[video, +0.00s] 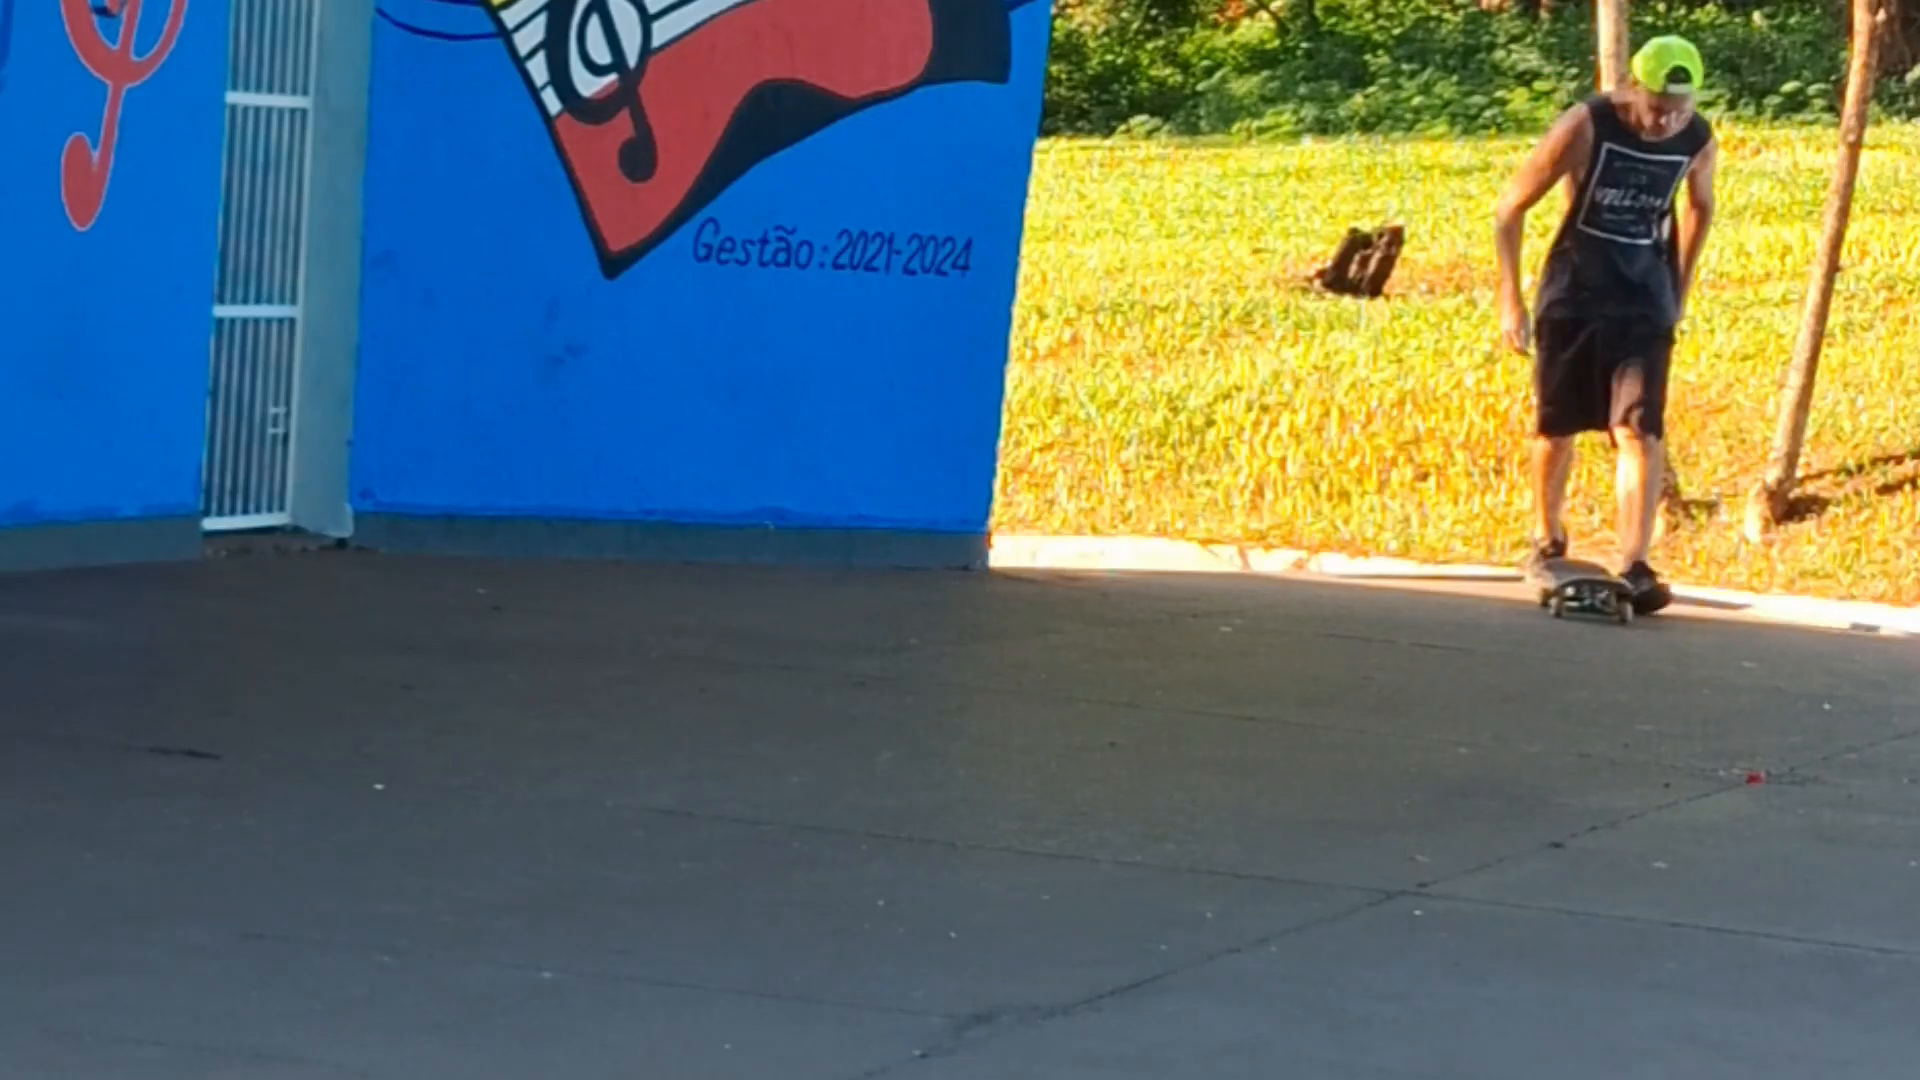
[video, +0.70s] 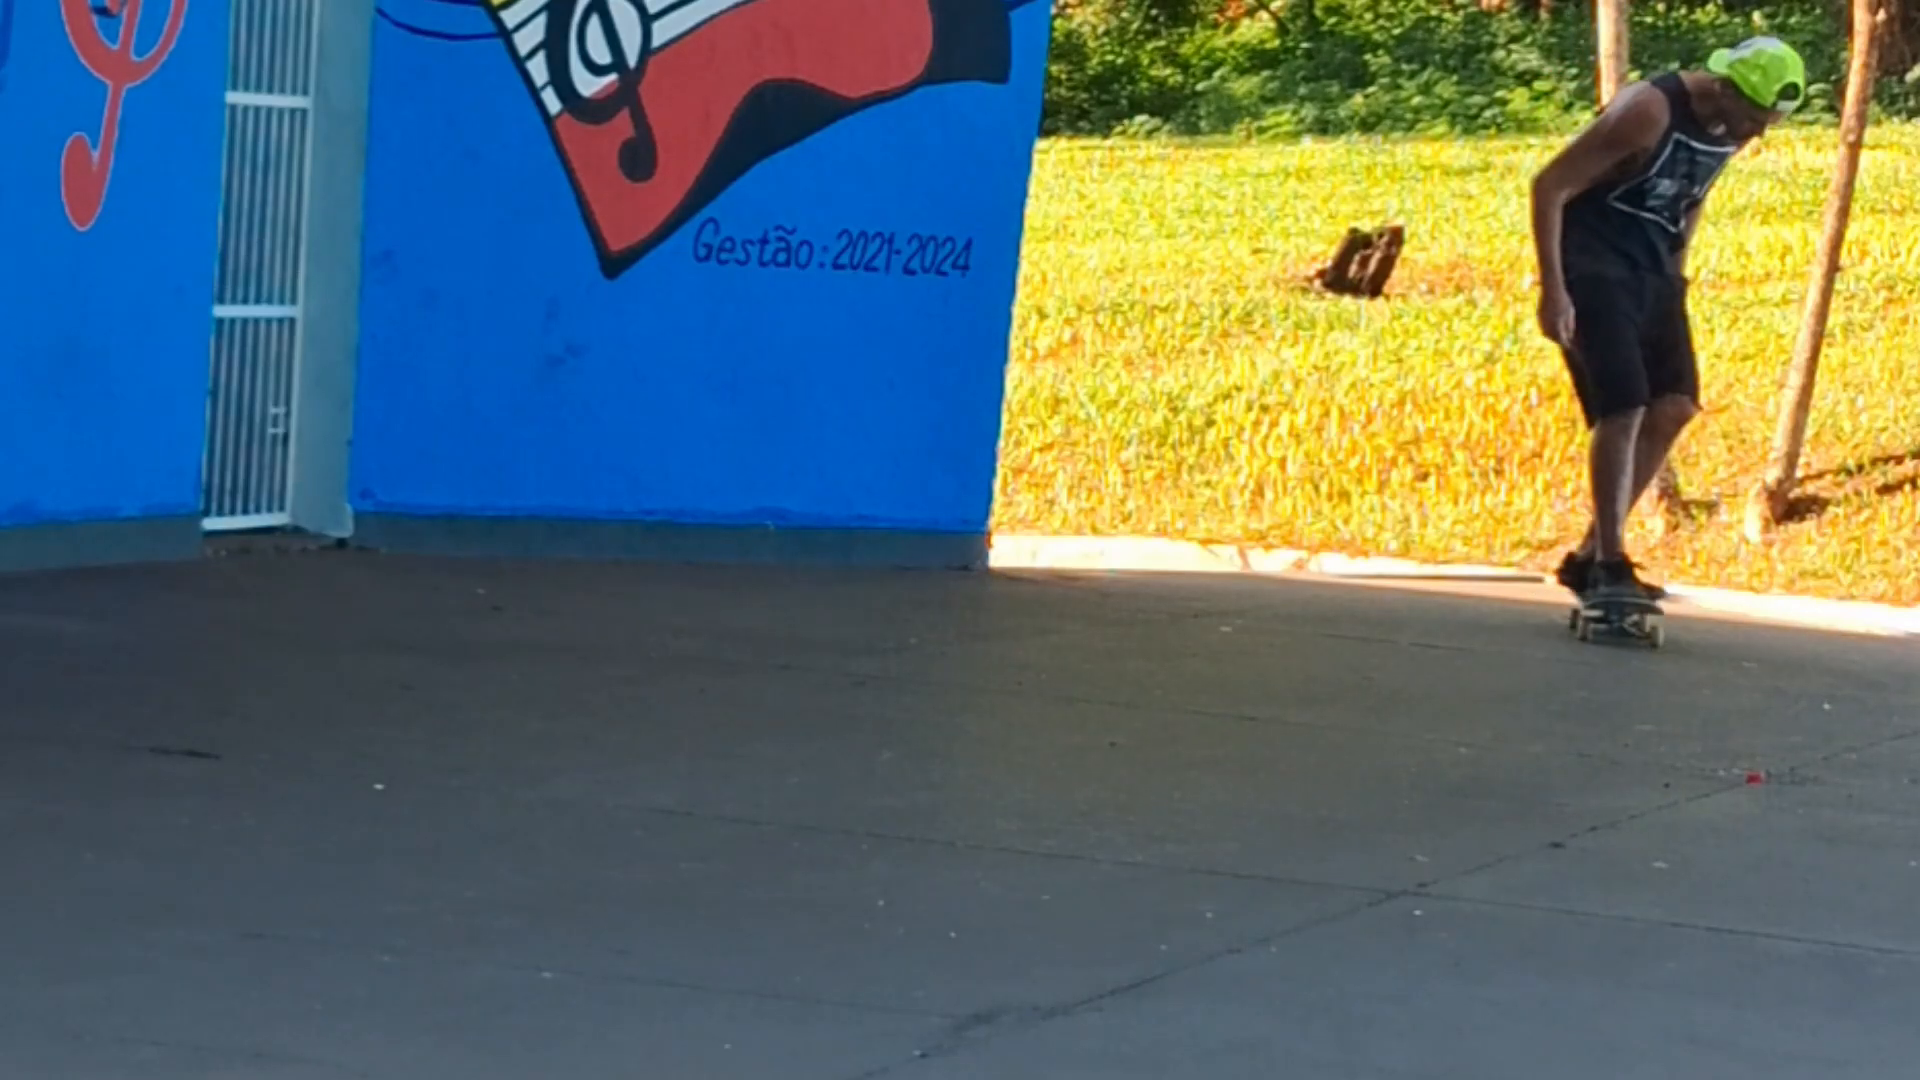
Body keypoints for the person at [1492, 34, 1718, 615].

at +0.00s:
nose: (1668, 120)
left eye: (1680, 109)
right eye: (1659, 107)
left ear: (1694, 98)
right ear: (1632, 88)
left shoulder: (1698, 139)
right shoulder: (1585, 125)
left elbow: (1698, 210)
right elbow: (1510, 211)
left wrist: (1679, 291)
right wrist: (1510, 299)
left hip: (1646, 293)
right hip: (1574, 290)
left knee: (1639, 423)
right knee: (1558, 429)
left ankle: (1635, 563)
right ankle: (1550, 543)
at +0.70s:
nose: (1758, 132)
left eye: (1767, 123)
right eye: (1758, 118)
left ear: (1761, 107)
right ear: (1731, 91)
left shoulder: (1736, 126)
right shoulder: (1645, 111)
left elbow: (1690, 201)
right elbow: (1548, 187)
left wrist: (1674, 272)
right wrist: (1553, 288)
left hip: (1655, 274)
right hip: (1594, 265)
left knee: (1674, 404)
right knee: (1621, 405)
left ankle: (1590, 551)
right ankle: (1609, 566)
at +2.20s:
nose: (1821, 210)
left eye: (1835, 204)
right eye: (1832, 194)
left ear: (1811, 149)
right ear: (1812, 151)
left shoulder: (1730, 167)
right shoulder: (1717, 143)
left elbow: (1608, 231)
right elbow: (1595, 203)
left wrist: (1600, 331)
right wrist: (1591, 334)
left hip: (1558, 268)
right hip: (1518, 260)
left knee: (1637, 439)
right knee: (1597, 441)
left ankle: (1568, 623)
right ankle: (1543, 632)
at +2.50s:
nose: (1790, 230)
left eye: (1804, 225)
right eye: (1801, 215)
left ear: (1785, 177)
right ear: (1784, 172)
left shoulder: (1700, 185)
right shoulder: (1693, 157)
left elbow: (1572, 249)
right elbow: (1561, 217)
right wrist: (1554, 357)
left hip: (1514, 266)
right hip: (1474, 254)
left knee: (1598, 439)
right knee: (1565, 438)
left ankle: (1521, 633)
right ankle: (1466, 621)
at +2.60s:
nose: (1776, 238)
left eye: (1790, 233)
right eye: (1787, 222)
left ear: (1773, 182)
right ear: (1771, 178)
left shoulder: (1683, 190)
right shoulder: (1679, 161)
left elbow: (1556, 264)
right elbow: (1547, 227)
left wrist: (1481, 398)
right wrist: (1533, 368)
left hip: (1499, 267)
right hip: (1455, 254)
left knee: (1578, 443)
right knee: (1549, 442)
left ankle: (1500, 640)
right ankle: (1448, 629)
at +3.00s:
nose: (1702, 281)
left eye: (1717, 276)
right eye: (1716, 267)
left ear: (1696, 217)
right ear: (1699, 223)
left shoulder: (1614, 210)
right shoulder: (1608, 205)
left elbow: (1490, 308)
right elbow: (1490, 297)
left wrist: (1424, 480)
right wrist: (1482, 449)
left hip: (1405, 275)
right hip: (1364, 270)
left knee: (1518, 445)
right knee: (1478, 469)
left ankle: (1416, 651)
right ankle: (1351, 641)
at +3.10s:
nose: (1680, 308)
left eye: (1696, 300)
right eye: (1694, 292)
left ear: (1670, 246)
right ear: (1673, 248)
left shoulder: (1586, 248)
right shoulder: (1583, 232)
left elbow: (1495, 366)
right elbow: (1505, 346)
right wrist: (1537, 491)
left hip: (1383, 307)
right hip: (1339, 298)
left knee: (1493, 472)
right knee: (1474, 477)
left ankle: (1391, 657)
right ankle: (1331, 640)